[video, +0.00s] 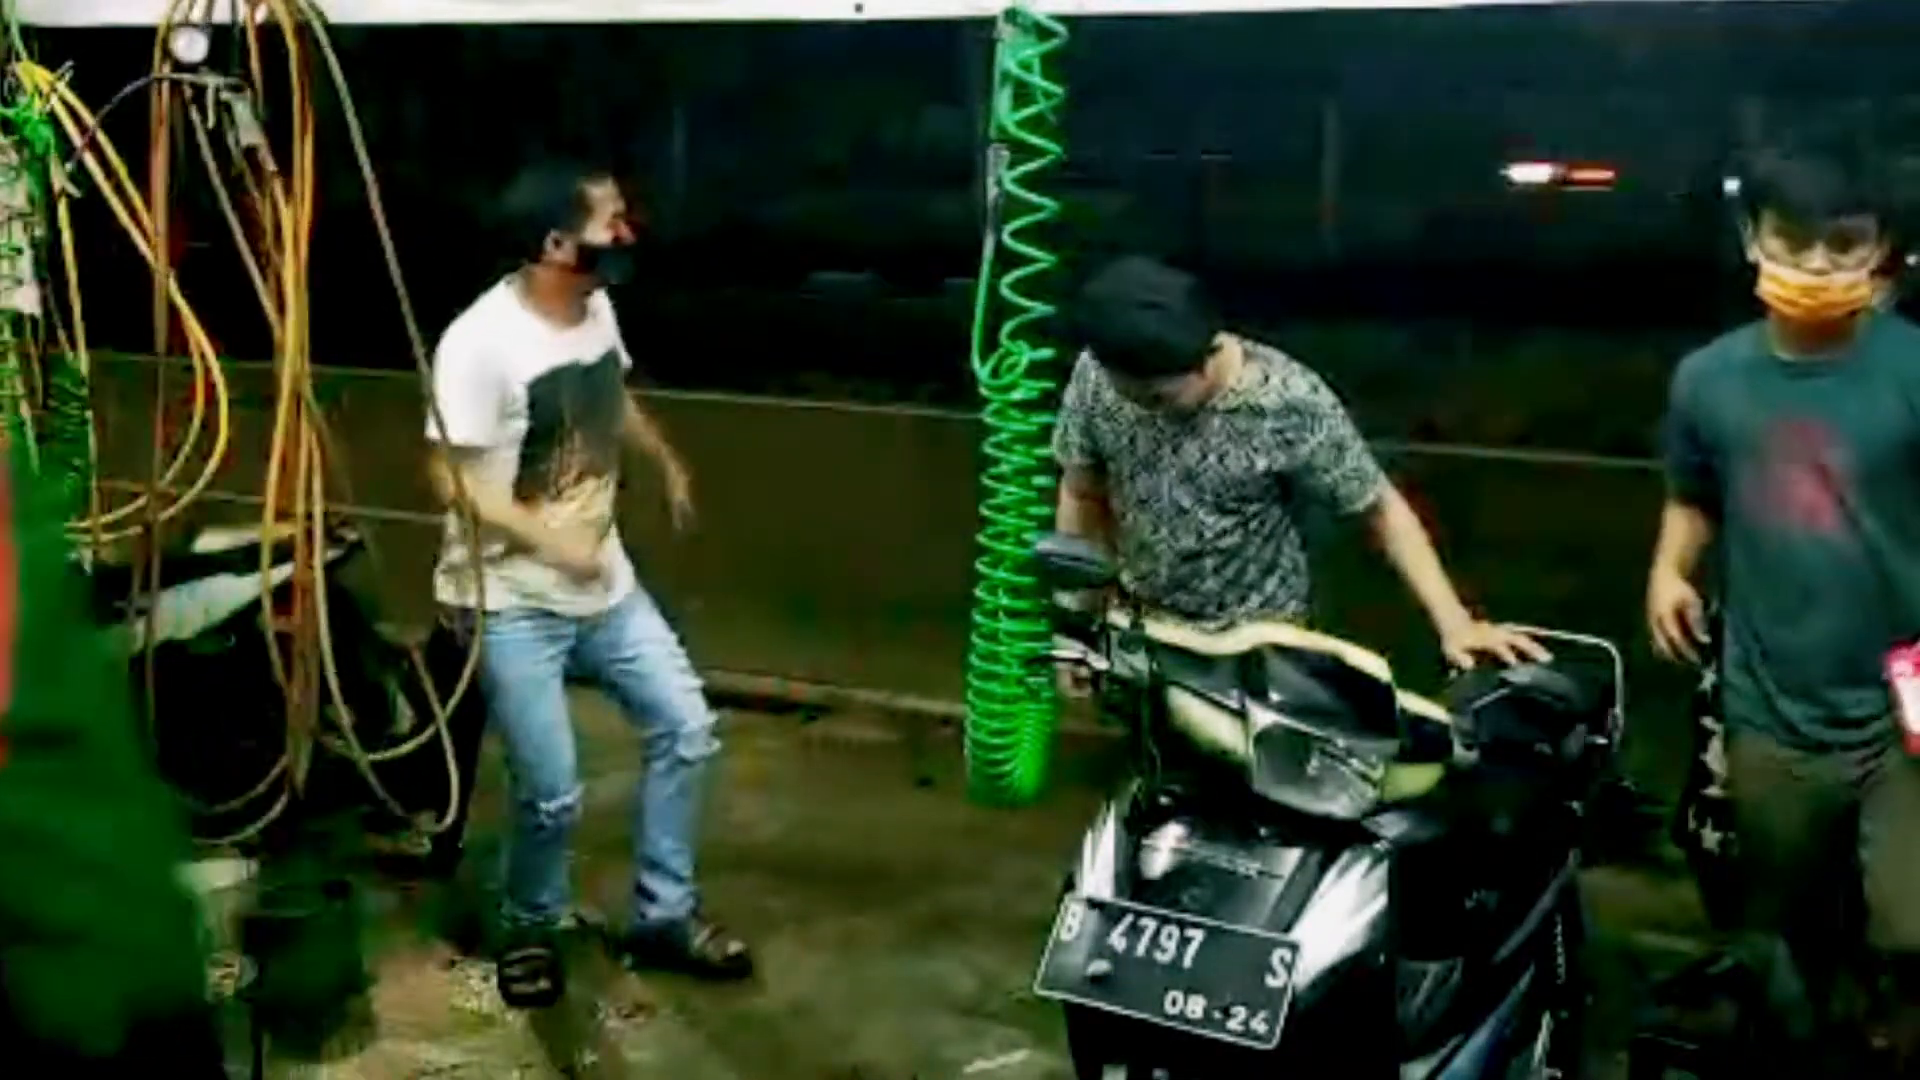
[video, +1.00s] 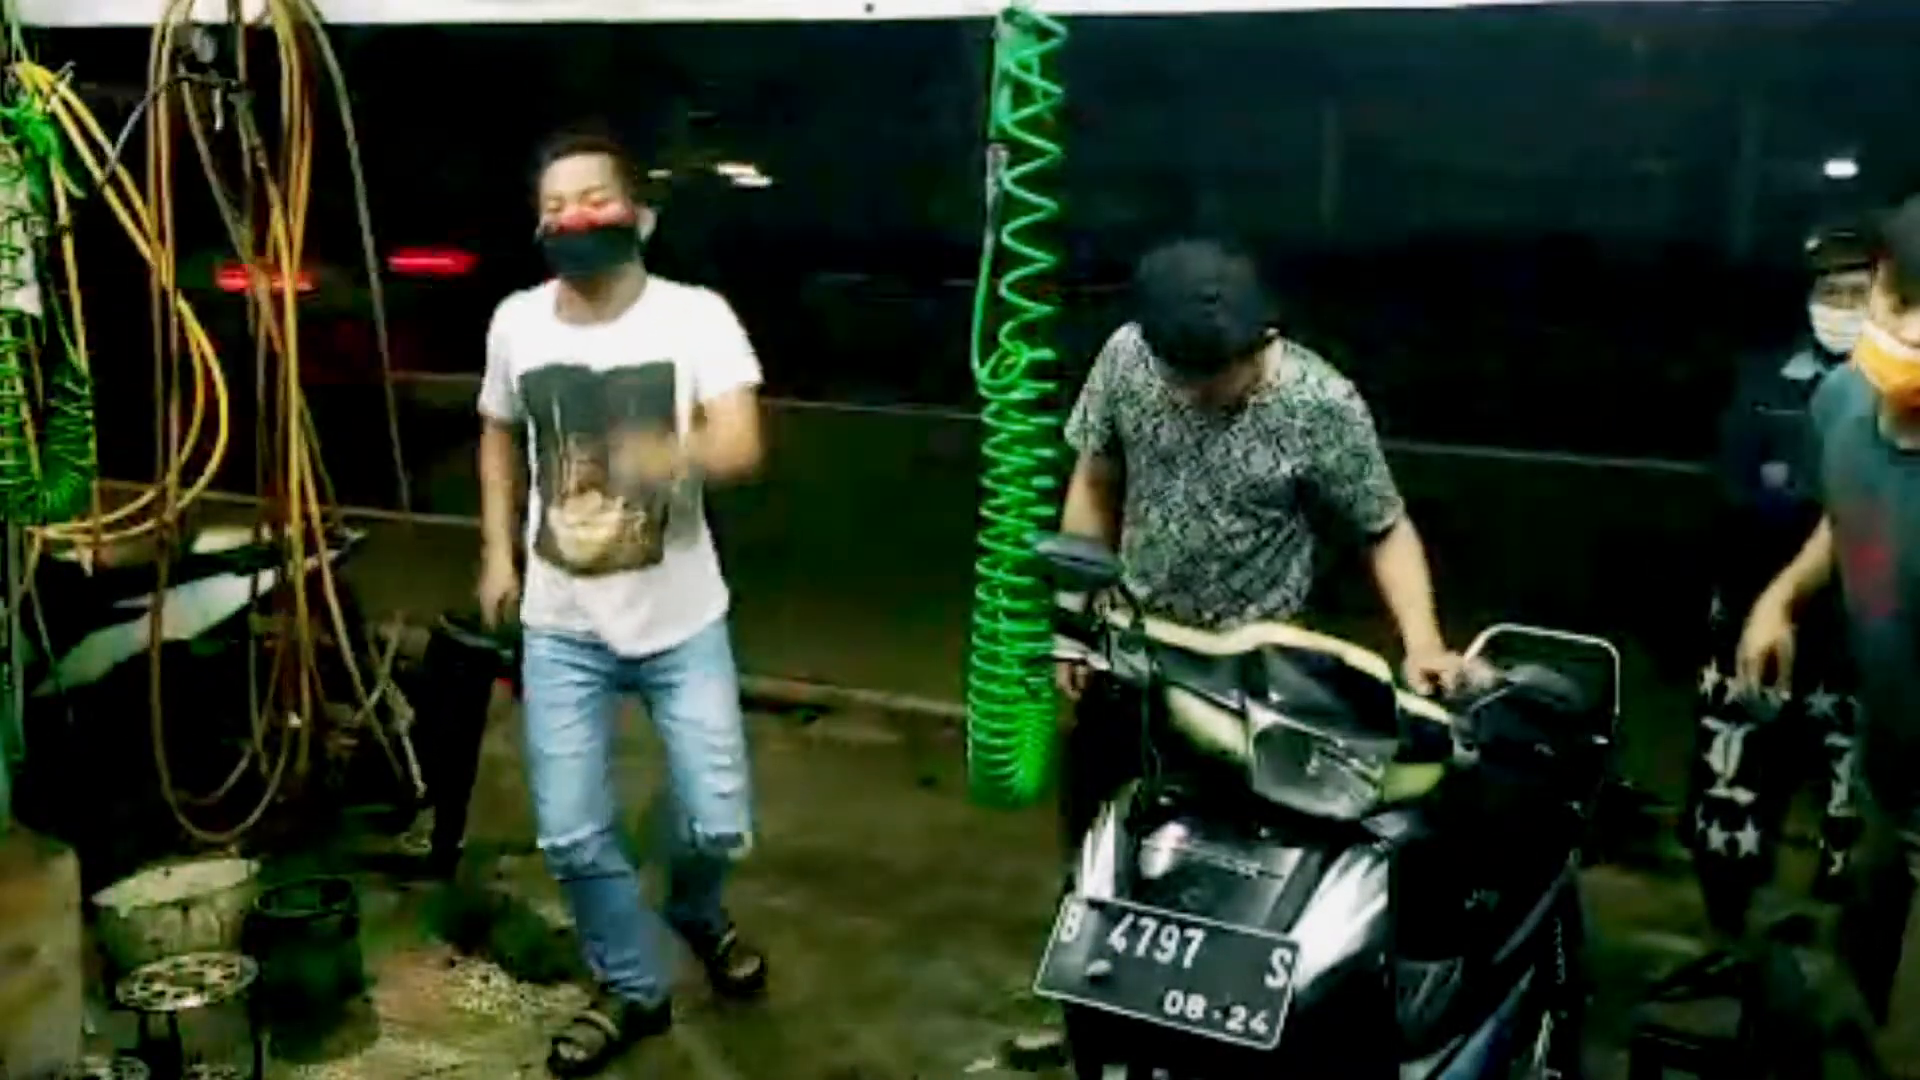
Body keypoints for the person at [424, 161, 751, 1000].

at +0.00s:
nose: (622, 236)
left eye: (620, 221)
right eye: (607, 224)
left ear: (577, 245)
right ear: (553, 242)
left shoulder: (594, 308)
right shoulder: (477, 342)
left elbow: (612, 402)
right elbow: (448, 476)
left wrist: (668, 462)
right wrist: (541, 533)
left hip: (604, 584)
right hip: (509, 601)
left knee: (688, 731)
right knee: (552, 790)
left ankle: (662, 918)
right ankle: (530, 928)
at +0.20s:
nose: (649, 218)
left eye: (648, 203)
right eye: (632, 205)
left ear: (606, 227)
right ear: (579, 223)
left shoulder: (612, 303)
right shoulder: (510, 310)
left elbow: (595, 422)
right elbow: (475, 436)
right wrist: (569, 397)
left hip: (618, 570)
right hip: (527, 590)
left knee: (668, 747)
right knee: (552, 784)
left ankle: (664, 924)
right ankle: (531, 924)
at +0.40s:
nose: (666, 227)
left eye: (671, 214)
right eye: (649, 212)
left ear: (668, 225)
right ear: (592, 223)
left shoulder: (657, 303)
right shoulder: (533, 313)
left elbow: (665, 393)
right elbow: (485, 440)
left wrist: (723, 456)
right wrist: (581, 439)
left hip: (655, 578)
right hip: (559, 595)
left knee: (702, 755)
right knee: (591, 789)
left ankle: (668, 928)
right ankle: (531, 918)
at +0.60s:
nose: (652, 233)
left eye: (663, 216)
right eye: (631, 219)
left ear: (678, 222)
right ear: (588, 228)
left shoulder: (706, 329)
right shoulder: (533, 317)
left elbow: (744, 442)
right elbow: (476, 438)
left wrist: (758, 521)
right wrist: (517, 543)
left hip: (683, 599)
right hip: (577, 603)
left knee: (725, 771)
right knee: (619, 794)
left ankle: (670, 933)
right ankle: (595, 953)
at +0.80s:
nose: (608, 202)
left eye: (625, 186)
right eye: (590, 188)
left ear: (654, 198)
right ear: (565, 200)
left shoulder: (702, 298)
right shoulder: (526, 299)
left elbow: (757, 400)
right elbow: (480, 383)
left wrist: (692, 366)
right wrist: (465, 488)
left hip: (688, 597)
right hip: (572, 601)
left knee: (700, 784)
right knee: (587, 808)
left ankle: (673, 926)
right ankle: (627, 986)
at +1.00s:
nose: (579, 217)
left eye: (596, 198)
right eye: (560, 204)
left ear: (635, 208)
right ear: (540, 223)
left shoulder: (696, 316)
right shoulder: (517, 326)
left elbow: (739, 448)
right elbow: (499, 438)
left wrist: (652, 458)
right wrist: (498, 552)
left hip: (680, 611)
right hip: (561, 617)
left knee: (718, 820)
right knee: (570, 833)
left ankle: (695, 913)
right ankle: (632, 989)